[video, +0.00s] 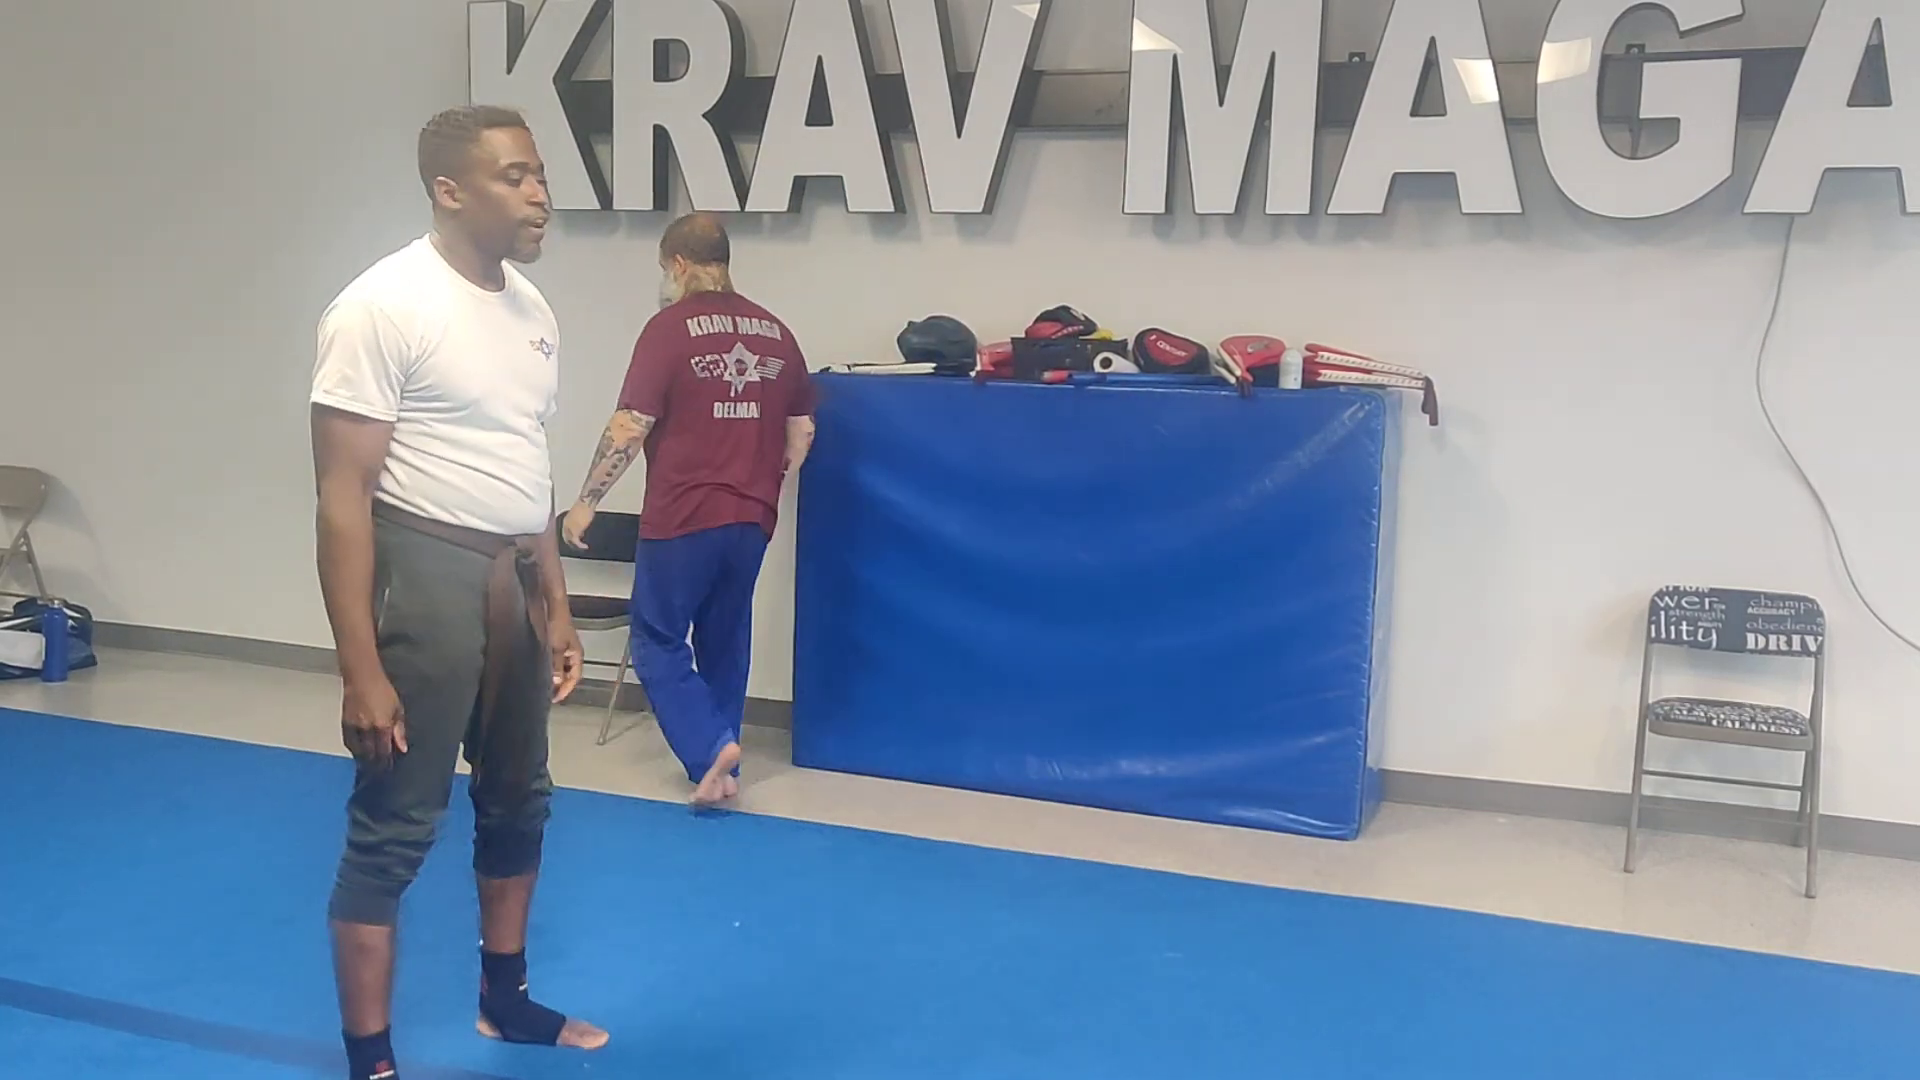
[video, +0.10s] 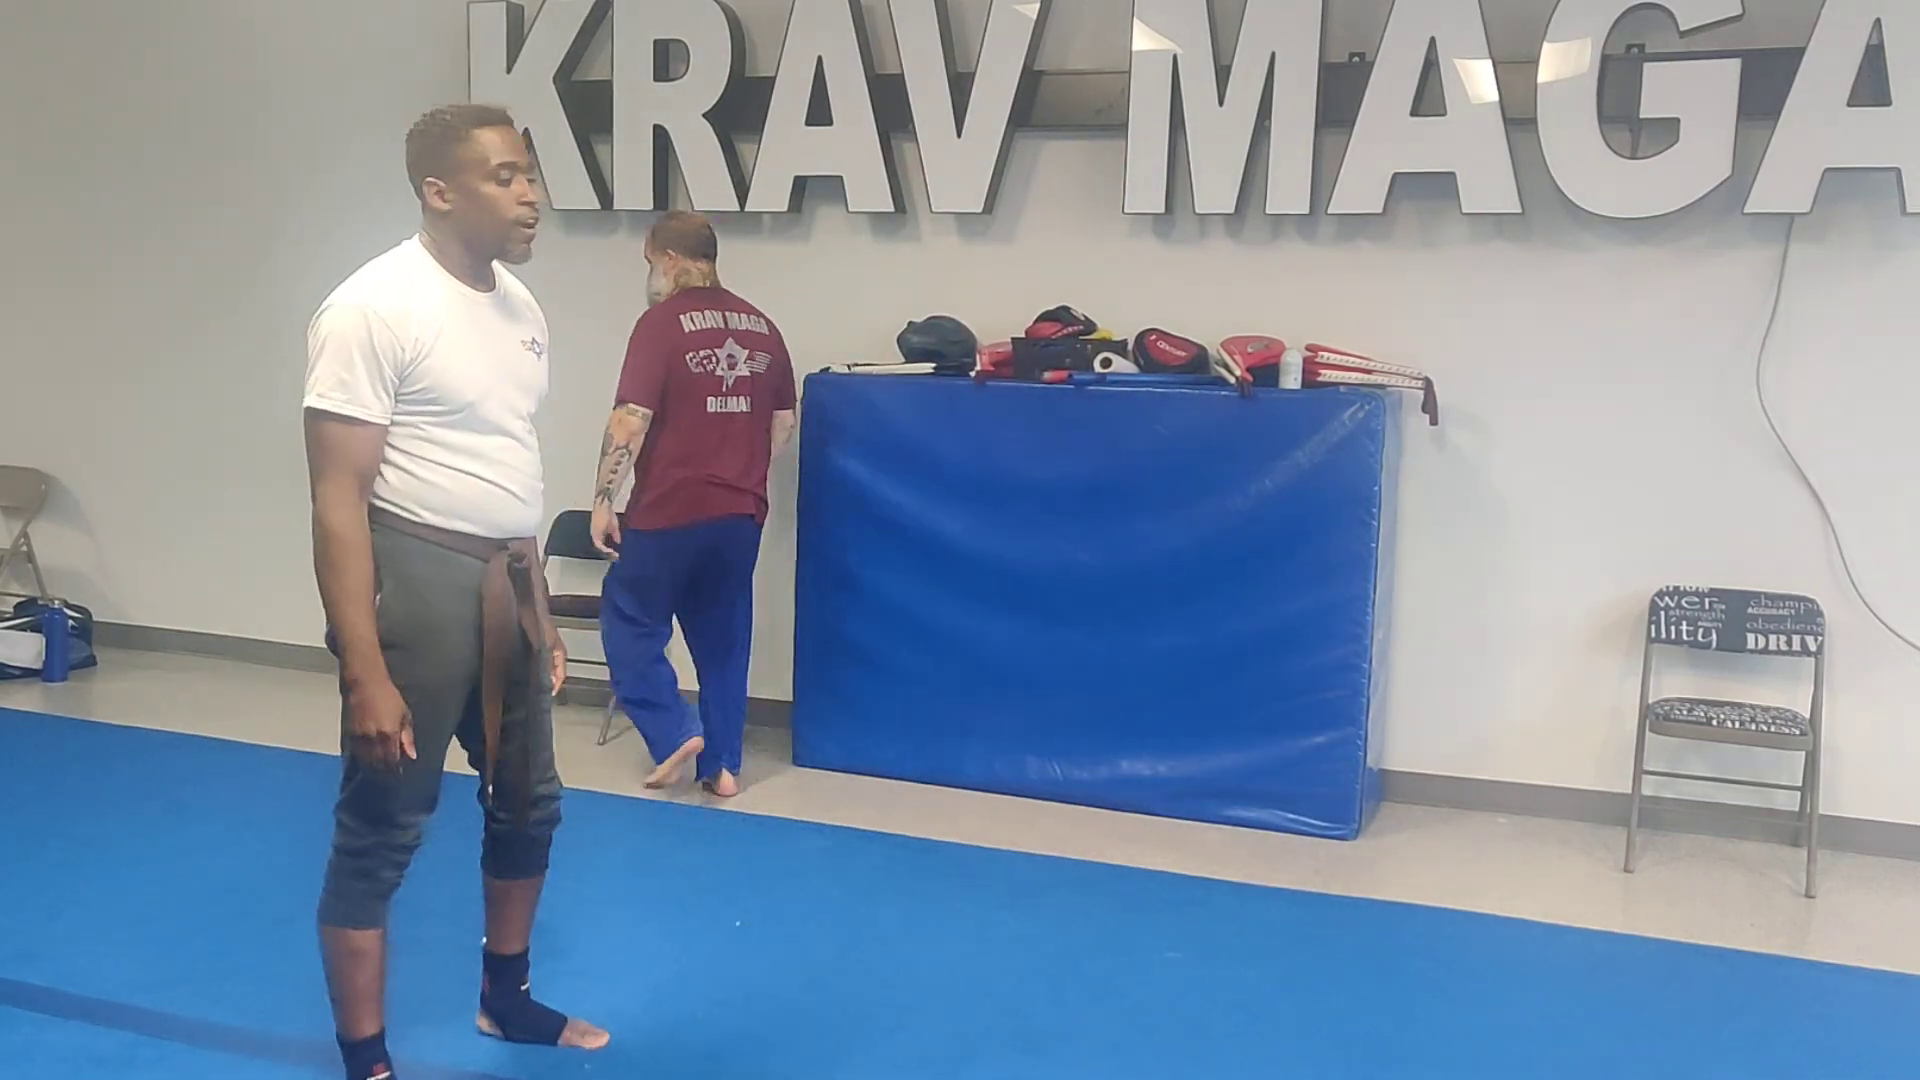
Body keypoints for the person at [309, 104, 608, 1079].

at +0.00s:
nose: (542, 193)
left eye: (541, 175)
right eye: (517, 176)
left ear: (535, 188)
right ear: (450, 193)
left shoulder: (532, 312)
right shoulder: (377, 308)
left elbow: (531, 473)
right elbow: (342, 494)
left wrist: (555, 605)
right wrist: (359, 668)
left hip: (516, 572)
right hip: (420, 565)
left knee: (515, 793)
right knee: (395, 820)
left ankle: (505, 994)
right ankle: (371, 1061)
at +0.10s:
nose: (534, 191)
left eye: (531, 173)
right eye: (507, 174)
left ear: (528, 187)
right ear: (439, 193)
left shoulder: (520, 307)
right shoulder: (367, 309)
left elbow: (513, 471)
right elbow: (337, 498)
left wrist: (537, 608)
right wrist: (363, 672)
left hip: (505, 570)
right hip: (409, 564)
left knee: (527, 796)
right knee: (383, 820)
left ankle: (507, 995)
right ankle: (367, 1062)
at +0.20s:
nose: (523, 191)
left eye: (523, 172)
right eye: (496, 175)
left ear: (522, 185)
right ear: (429, 193)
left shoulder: (511, 306)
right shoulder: (360, 310)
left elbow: (502, 473)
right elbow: (334, 501)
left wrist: (526, 618)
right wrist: (370, 676)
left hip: (499, 574)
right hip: (402, 568)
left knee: (544, 799)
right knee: (374, 820)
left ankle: (508, 989)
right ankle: (365, 1063)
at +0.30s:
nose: (518, 190)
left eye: (517, 172)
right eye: (491, 174)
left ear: (513, 184)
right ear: (424, 192)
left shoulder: (510, 306)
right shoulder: (353, 308)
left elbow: (500, 473)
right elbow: (331, 502)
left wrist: (531, 612)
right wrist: (374, 676)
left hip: (497, 573)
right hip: (394, 566)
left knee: (557, 790)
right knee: (372, 821)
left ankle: (516, 986)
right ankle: (363, 1063)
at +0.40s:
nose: (518, 188)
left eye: (516, 170)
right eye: (490, 174)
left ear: (511, 182)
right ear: (422, 194)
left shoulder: (516, 304)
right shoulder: (355, 307)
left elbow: (510, 476)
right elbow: (327, 501)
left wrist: (542, 616)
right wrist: (375, 670)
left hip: (501, 572)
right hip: (393, 567)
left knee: (542, 795)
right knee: (370, 821)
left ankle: (538, 1011)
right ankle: (362, 1062)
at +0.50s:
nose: (518, 190)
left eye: (518, 171)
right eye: (490, 175)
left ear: (517, 180)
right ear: (423, 195)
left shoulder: (529, 302)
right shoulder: (358, 307)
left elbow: (534, 473)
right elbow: (329, 497)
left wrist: (550, 614)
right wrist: (378, 669)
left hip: (512, 574)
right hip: (401, 568)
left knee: (539, 800)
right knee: (375, 822)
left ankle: (537, 1014)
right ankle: (363, 1061)